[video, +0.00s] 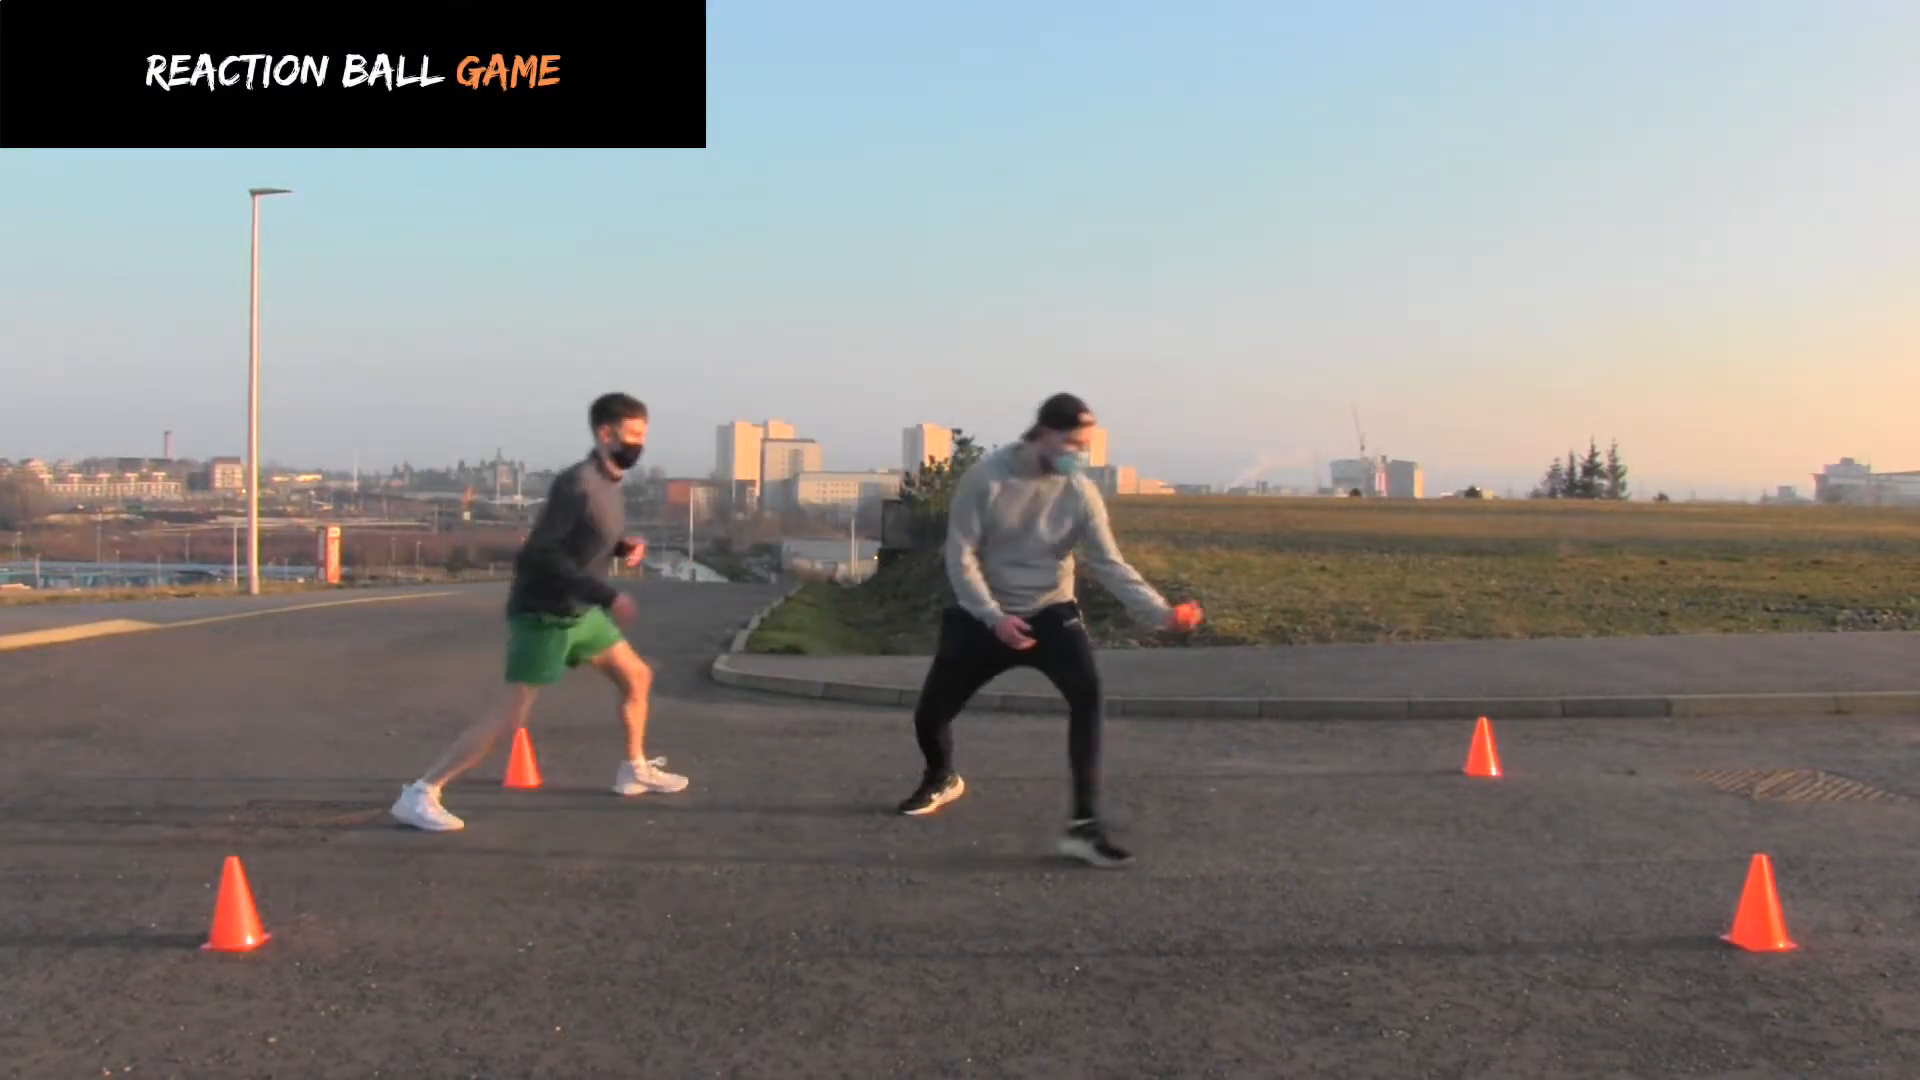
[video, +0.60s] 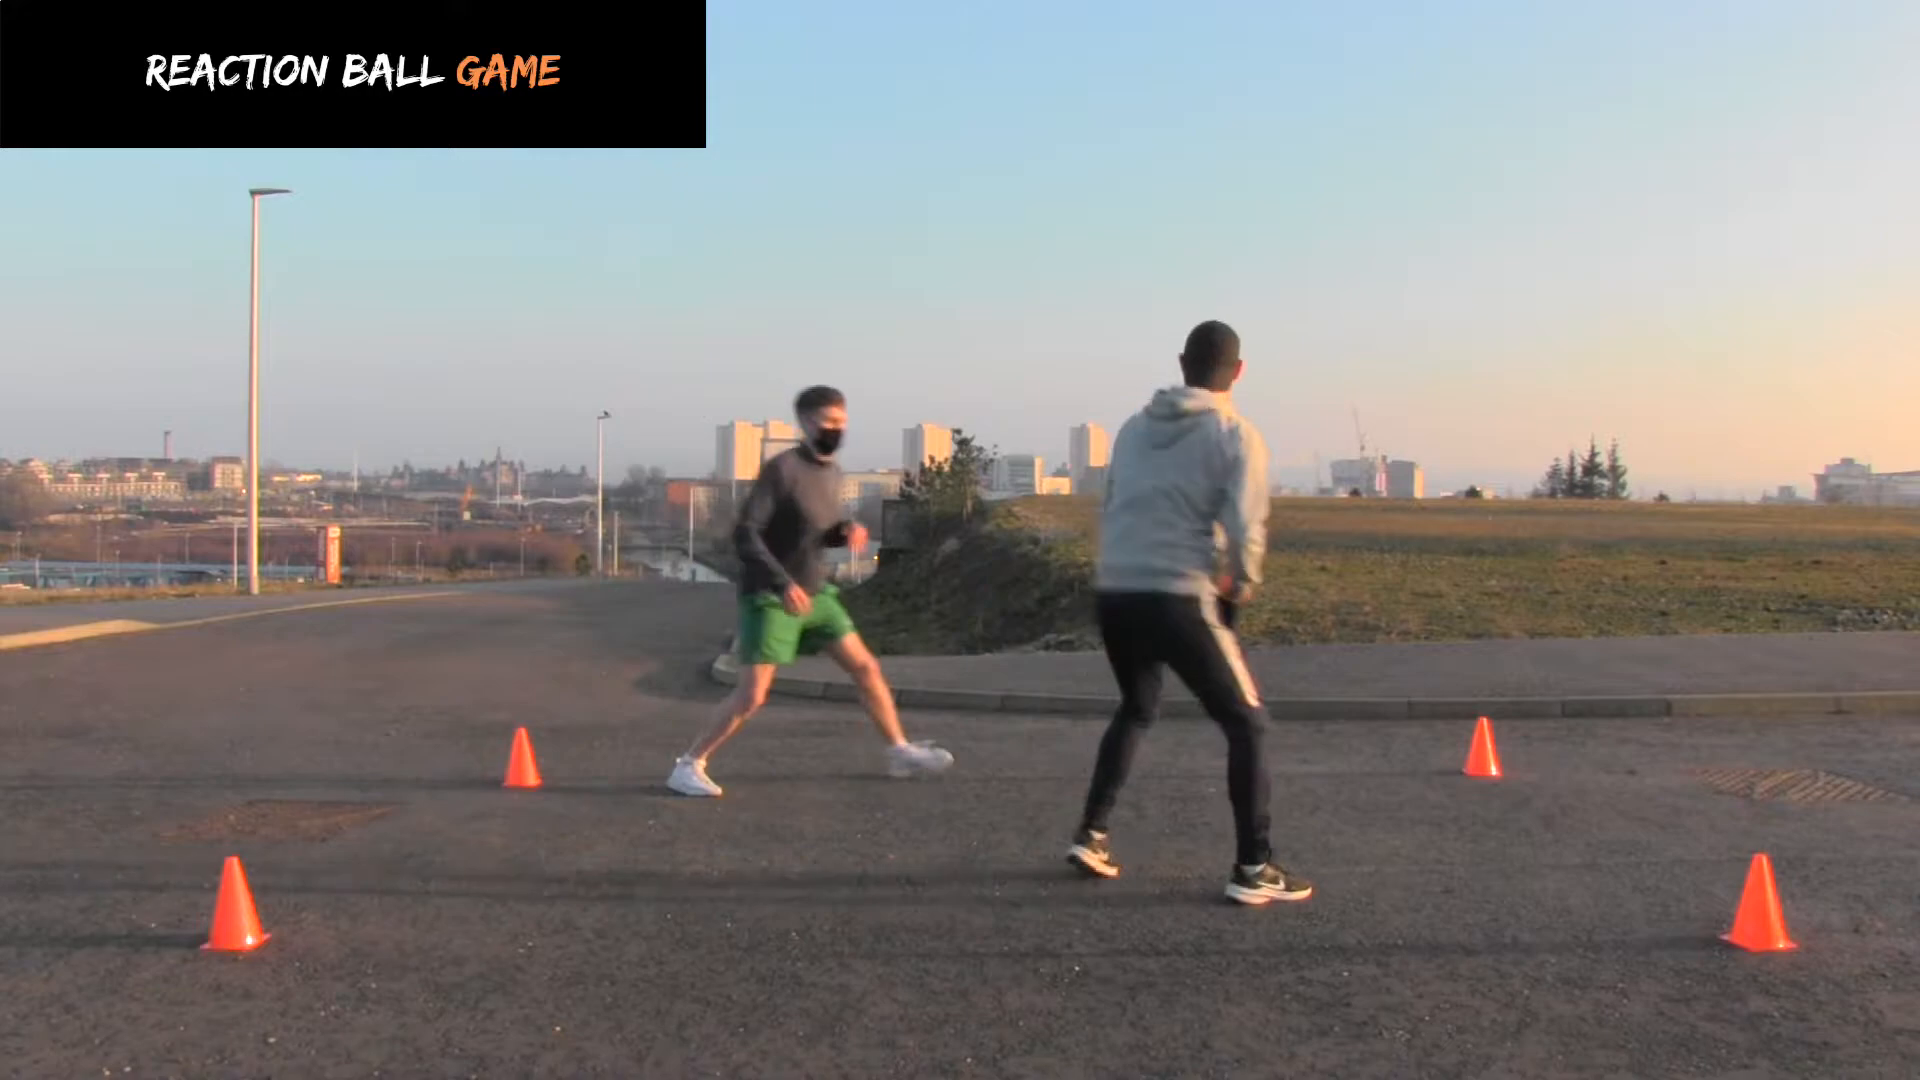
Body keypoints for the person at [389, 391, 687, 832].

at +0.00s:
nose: (639, 447)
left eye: (642, 438)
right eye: (632, 438)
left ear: (636, 436)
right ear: (604, 433)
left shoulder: (611, 484)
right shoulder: (575, 484)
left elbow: (591, 539)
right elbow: (541, 553)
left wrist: (621, 548)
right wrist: (606, 595)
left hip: (582, 612)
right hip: (541, 617)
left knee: (638, 678)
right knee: (510, 716)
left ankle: (635, 768)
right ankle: (421, 793)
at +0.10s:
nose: (678, 425)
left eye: (683, 416)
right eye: (670, 415)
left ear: (685, 414)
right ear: (644, 411)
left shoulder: (661, 464)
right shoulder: (621, 461)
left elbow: (642, 528)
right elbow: (587, 529)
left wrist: (669, 531)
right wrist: (641, 568)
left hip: (636, 594)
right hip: (596, 593)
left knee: (673, 675)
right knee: (557, 688)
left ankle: (640, 767)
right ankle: (466, 769)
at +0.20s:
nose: (704, 400)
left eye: (709, 392)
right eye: (695, 391)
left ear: (711, 391)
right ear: (672, 386)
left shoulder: (693, 438)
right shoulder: (644, 435)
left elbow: (677, 501)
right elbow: (603, 493)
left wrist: (702, 500)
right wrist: (662, 532)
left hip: (670, 571)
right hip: (629, 568)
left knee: (675, 667)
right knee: (596, 668)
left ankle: (642, 762)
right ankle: (534, 756)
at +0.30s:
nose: (742, 382)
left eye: (747, 375)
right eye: (735, 372)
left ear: (748, 373)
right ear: (711, 365)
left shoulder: (732, 417)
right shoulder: (678, 410)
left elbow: (716, 476)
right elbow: (635, 464)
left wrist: (740, 476)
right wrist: (687, 503)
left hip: (715, 547)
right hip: (672, 546)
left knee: (720, 652)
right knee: (663, 656)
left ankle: (673, 734)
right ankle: (635, 749)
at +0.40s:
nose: (765, 387)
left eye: (771, 380)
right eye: (758, 378)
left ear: (773, 381)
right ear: (734, 372)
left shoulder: (758, 423)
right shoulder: (704, 416)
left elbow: (744, 477)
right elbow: (661, 469)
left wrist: (766, 479)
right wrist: (712, 512)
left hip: (743, 551)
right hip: (699, 553)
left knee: (766, 649)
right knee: (696, 660)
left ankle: (722, 730)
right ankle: (676, 753)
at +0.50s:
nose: (805, 419)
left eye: (810, 412)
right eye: (797, 410)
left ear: (813, 413)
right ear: (773, 407)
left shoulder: (797, 461)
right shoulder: (743, 456)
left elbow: (786, 514)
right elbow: (704, 513)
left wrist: (809, 518)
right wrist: (750, 558)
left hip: (784, 583)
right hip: (739, 586)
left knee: (831, 661)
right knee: (733, 687)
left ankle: (843, 744)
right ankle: (689, 763)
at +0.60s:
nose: (837, 432)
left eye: (841, 424)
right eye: (828, 423)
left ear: (845, 425)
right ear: (805, 423)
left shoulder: (832, 475)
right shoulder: (781, 469)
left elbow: (820, 534)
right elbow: (746, 534)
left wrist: (844, 534)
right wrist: (783, 582)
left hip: (815, 593)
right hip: (770, 595)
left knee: (865, 667)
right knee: (752, 695)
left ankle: (901, 750)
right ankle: (690, 764)